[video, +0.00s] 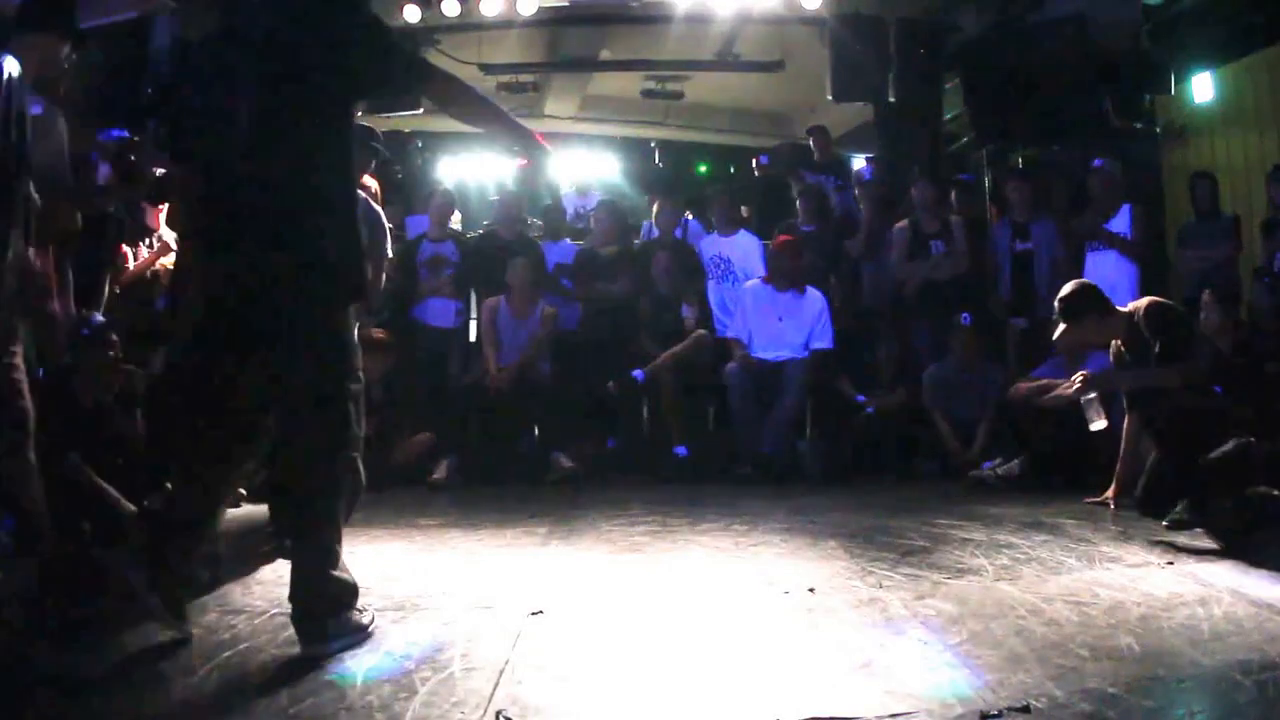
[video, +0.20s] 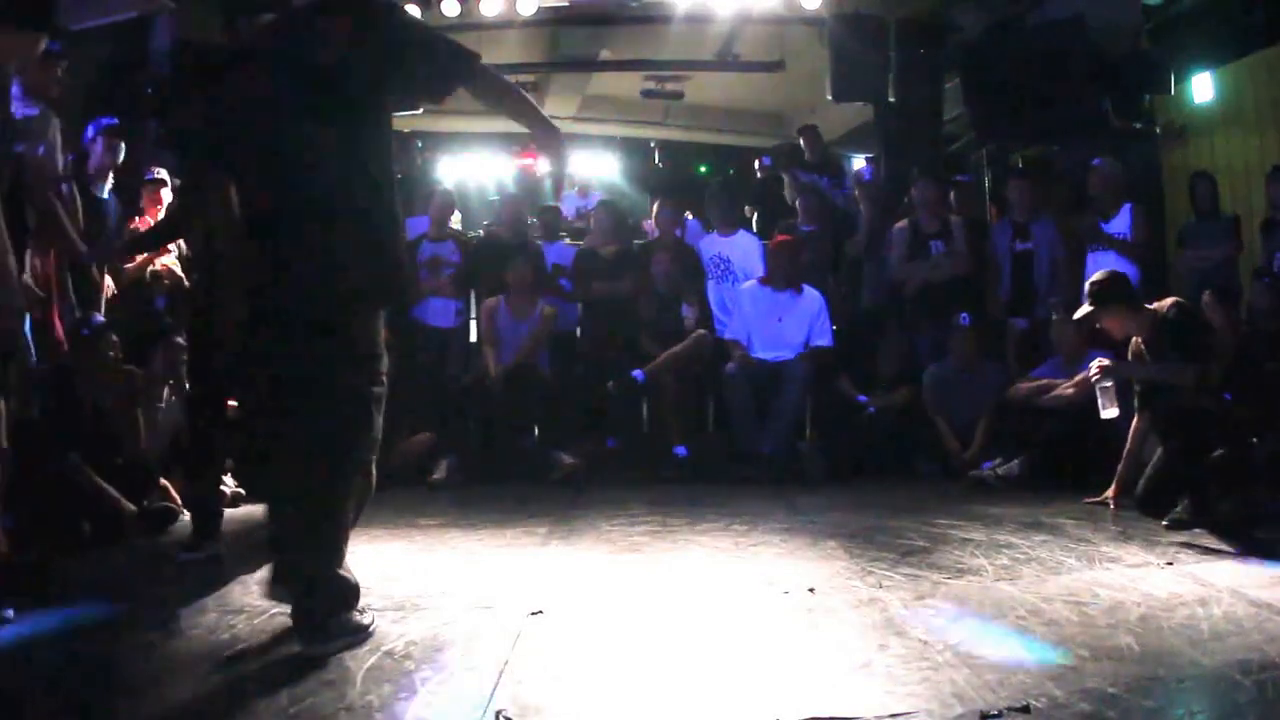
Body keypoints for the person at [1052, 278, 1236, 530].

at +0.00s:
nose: (1082, 339)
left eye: (1078, 329)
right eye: (1076, 331)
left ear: (1094, 318)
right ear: (1096, 318)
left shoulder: (1152, 312)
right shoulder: (1120, 350)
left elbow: (1180, 374)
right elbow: (1134, 415)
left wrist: (1106, 380)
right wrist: (1118, 486)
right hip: (1179, 431)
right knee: (1151, 503)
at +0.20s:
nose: (1101, 326)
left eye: (1101, 317)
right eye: (1098, 319)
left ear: (1120, 308)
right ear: (1120, 311)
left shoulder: (1174, 313)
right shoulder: (1138, 349)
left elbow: (1192, 372)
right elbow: (1142, 418)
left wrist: (1125, 370)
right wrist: (1117, 485)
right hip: (1180, 435)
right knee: (1150, 502)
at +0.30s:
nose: (1112, 318)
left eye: (1115, 308)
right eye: (1111, 310)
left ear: (1134, 302)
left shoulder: (1187, 314)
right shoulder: (1149, 345)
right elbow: (1144, 418)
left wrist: (1135, 363)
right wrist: (1117, 485)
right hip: (1187, 432)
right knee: (1148, 500)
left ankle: (1197, 501)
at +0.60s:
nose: (1143, 298)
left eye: (1146, 288)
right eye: (1142, 289)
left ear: (1168, 287)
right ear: (1164, 290)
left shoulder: (1216, 313)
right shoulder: (1171, 337)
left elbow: (1210, 366)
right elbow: (1159, 409)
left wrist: (1142, 357)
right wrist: (1129, 470)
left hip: (1234, 428)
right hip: (1199, 430)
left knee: (1177, 388)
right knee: (1149, 496)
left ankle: (1198, 498)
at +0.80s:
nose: (1151, 289)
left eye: (1156, 280)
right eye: (1151, 281)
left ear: (1179, 281)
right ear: (1175, 283)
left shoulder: (1221, 310)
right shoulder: (1176, 332)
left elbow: (1214, 362)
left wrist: (1144, 360)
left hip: (1235, 425)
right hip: (1200, 430)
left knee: (1183, 385)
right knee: (1150, 495)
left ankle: (1197, 500)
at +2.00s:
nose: (1186, 276)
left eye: (1195, 269)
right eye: (1186, 269)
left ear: (1220, 274)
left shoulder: (1245, 315)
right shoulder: (1193, 328)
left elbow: (1220, 360)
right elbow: (1193, 403)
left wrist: (1145, 368)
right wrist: (1169, 450)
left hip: (1255, 431)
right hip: (1213, 432)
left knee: (1196, 388)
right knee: (1156, 497)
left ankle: (1206, 503)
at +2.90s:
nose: (1200, 277)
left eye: (1207, 269)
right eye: (1195, 271)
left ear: (1222, 274)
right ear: (1190, 278)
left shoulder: (1243, 319)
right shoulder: (1192, 329)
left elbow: (1226, 361)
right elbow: (1186, 400)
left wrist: (1147, 364)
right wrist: (1158, 458)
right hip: (1203, 440)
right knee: (1159, 500)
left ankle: (1205, 498)